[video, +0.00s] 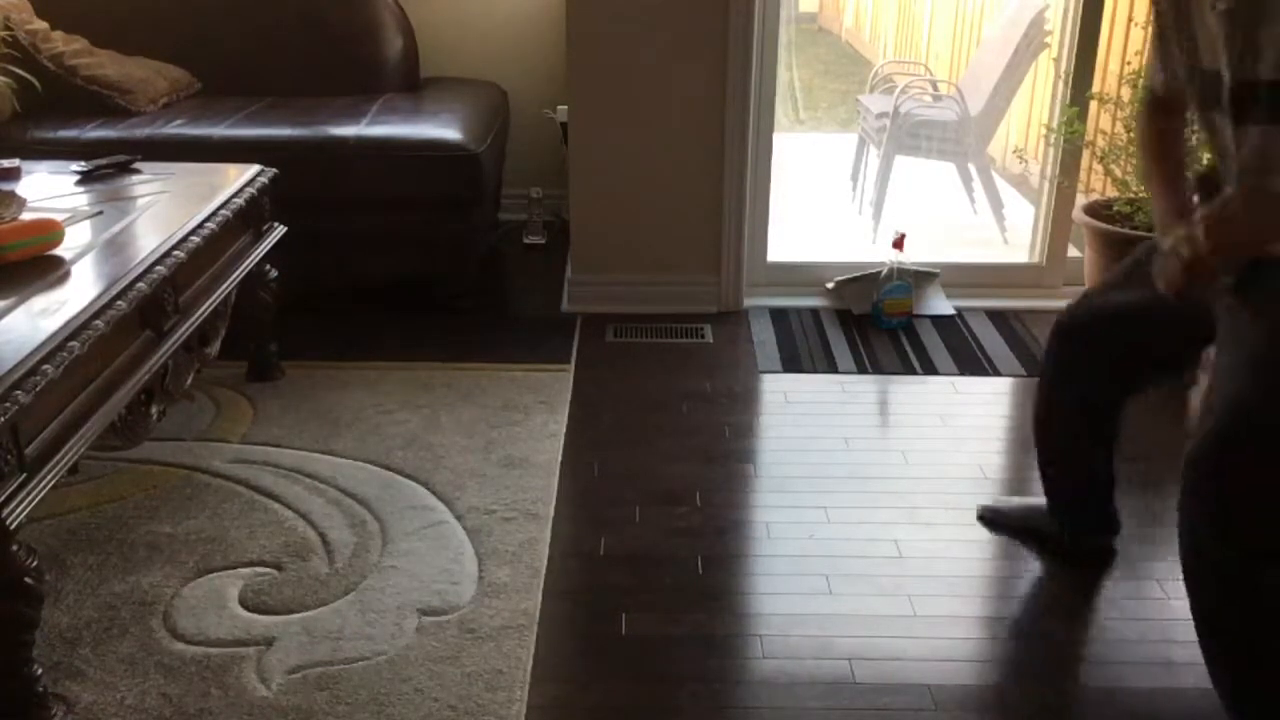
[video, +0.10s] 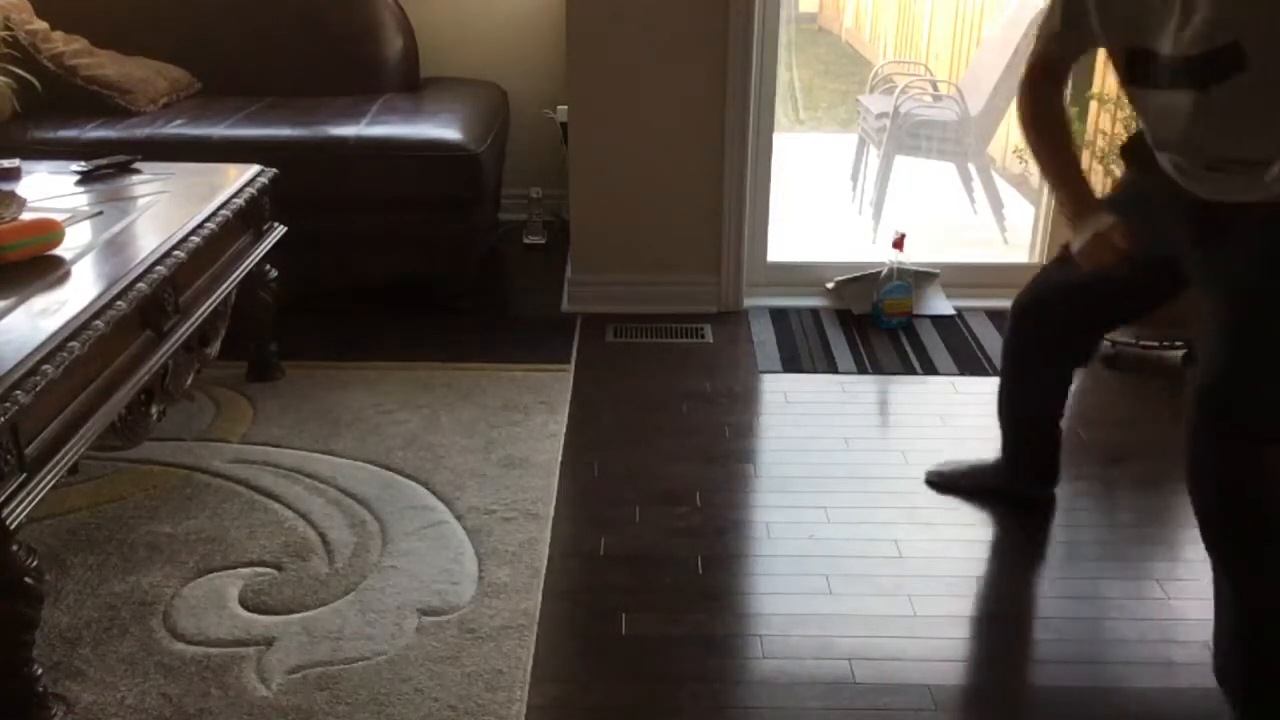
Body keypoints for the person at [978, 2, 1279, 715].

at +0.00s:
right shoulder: (1182, 7)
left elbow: (1266, 191)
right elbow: (1163, 103)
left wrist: (1207, 238)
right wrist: (1172, 223)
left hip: (1275, 256)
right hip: (1219, 231)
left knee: (1224, 486)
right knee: (1085, 335)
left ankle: (1257, 699)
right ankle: (1079, 527)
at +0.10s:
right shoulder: (1100, 4)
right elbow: (1040, 84)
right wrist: (1079, 209)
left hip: (1262, 212)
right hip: (1167, 190)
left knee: (1231, 448)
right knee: (1042, 315)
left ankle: (1255, 685)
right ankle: (1026, 476)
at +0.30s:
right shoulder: (1034, 6)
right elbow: (1006, 109)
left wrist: (1277, 134)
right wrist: (1014, 258)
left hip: (1234, 139)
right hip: (1112, 120)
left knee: (1171, 340)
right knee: (1014, 281)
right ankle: (978, 437)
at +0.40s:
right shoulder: (1037, 5)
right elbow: (1013, 90)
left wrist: (1265, 116)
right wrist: (1016, 228)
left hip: (1229, 124)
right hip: (1108, 102)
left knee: (1178, 326)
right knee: (1020, 270)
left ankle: (1157, 494)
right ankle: (960, 426)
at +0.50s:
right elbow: (1034, 55)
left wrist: (1268, 113)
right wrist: (1019, 197)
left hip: (1224, 123)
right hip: (1106, 101)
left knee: (1181, 319)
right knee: (1014, 266)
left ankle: (1181, 485)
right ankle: (940, 413)